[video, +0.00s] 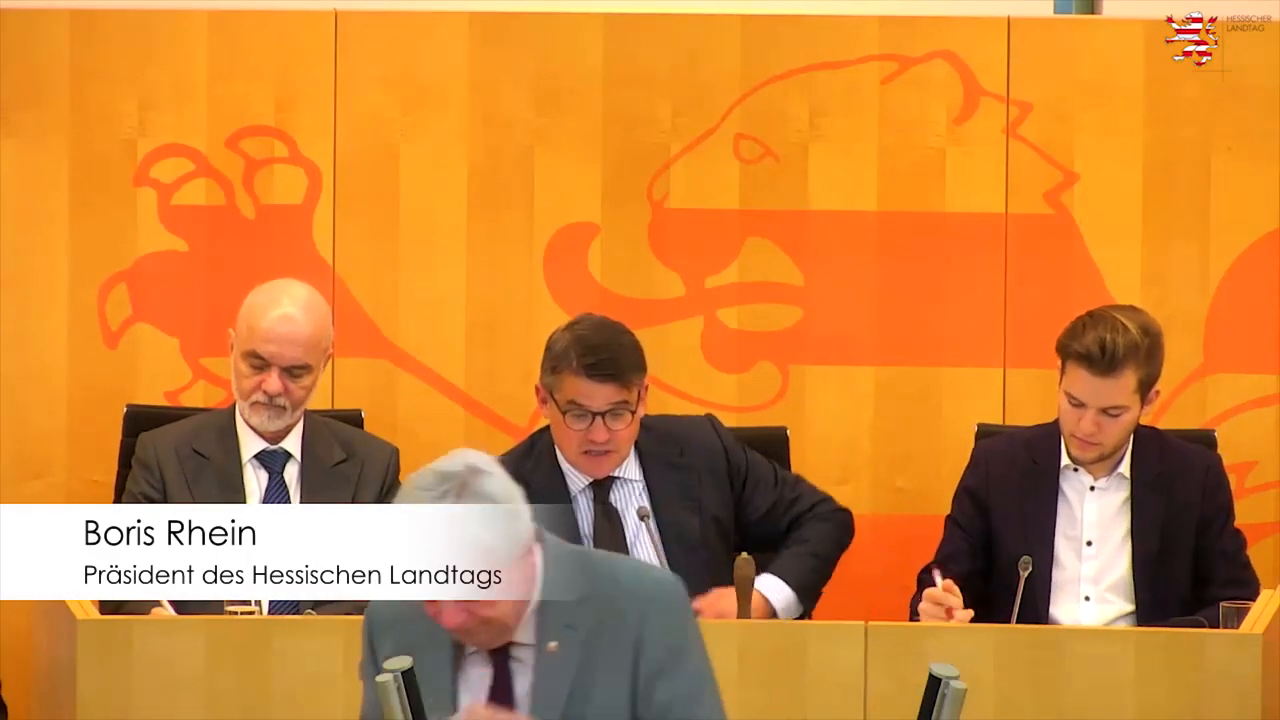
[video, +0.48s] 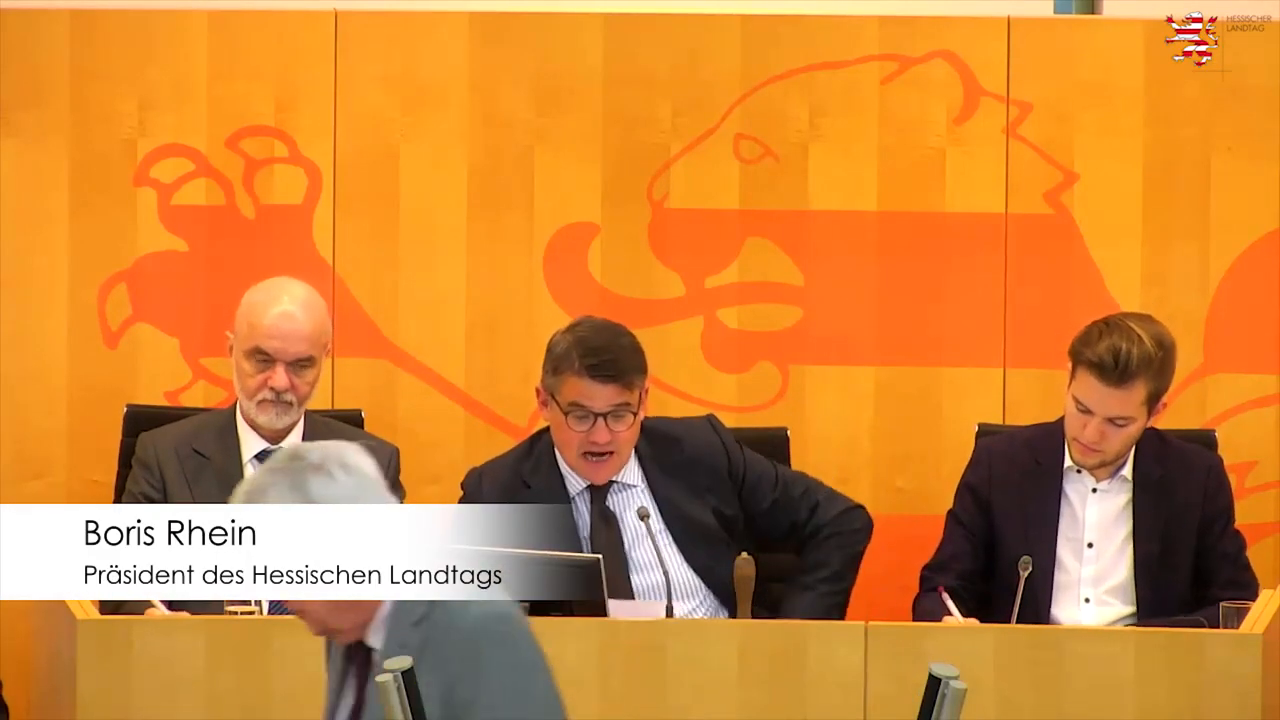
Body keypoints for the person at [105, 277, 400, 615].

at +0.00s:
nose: (272, 388)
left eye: (296, 372)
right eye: (256, 363)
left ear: (325, 361)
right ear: (231, 347)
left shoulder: (374, 465)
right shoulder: (161, 455)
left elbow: (387, 592)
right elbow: (123, 585)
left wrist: (310, 638)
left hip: (327, 666)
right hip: (195, 664)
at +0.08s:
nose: (272, 388)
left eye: (296, 372)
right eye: (256, 364)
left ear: (325, 361)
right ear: (232, 347)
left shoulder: (374, 464)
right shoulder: (161, 454)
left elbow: (389, 591)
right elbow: (120, 582)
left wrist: (310, 633)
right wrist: (150, 617)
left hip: (327, 664)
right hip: (196, 660)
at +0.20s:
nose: (272, 388)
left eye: (296, 372)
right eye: (256, 364)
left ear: (324, 361)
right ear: (232, 347)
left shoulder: (374, 463)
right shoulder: (161, 454)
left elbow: (393, 591)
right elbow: (121, 585)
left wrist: (312, 637)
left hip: (327, 666)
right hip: (195, 664)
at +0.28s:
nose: (272, 388)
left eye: (296, 371)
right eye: (256, 363)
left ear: (325, 361)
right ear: (231, 347)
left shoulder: (377, 465)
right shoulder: (161, 455)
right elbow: (121, 584)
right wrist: (156, 622)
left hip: (330, 667)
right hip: (197, 665)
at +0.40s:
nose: (276, 386)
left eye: (299, 368)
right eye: (259, 362)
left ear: (325, 359)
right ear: (231, 349)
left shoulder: (367, 460)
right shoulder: (162, 454)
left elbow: (392, 583)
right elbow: (120, 584)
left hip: (327, 666)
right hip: (197, 663)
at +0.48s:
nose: (279, 383)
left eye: (301, 365)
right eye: (261, 360)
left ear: (324, 357)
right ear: (231, 350)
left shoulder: (371, 462)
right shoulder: (162, 455)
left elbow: (391, 578)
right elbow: (119, 581)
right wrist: (150, 615)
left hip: (328, 664)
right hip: (197, 661)